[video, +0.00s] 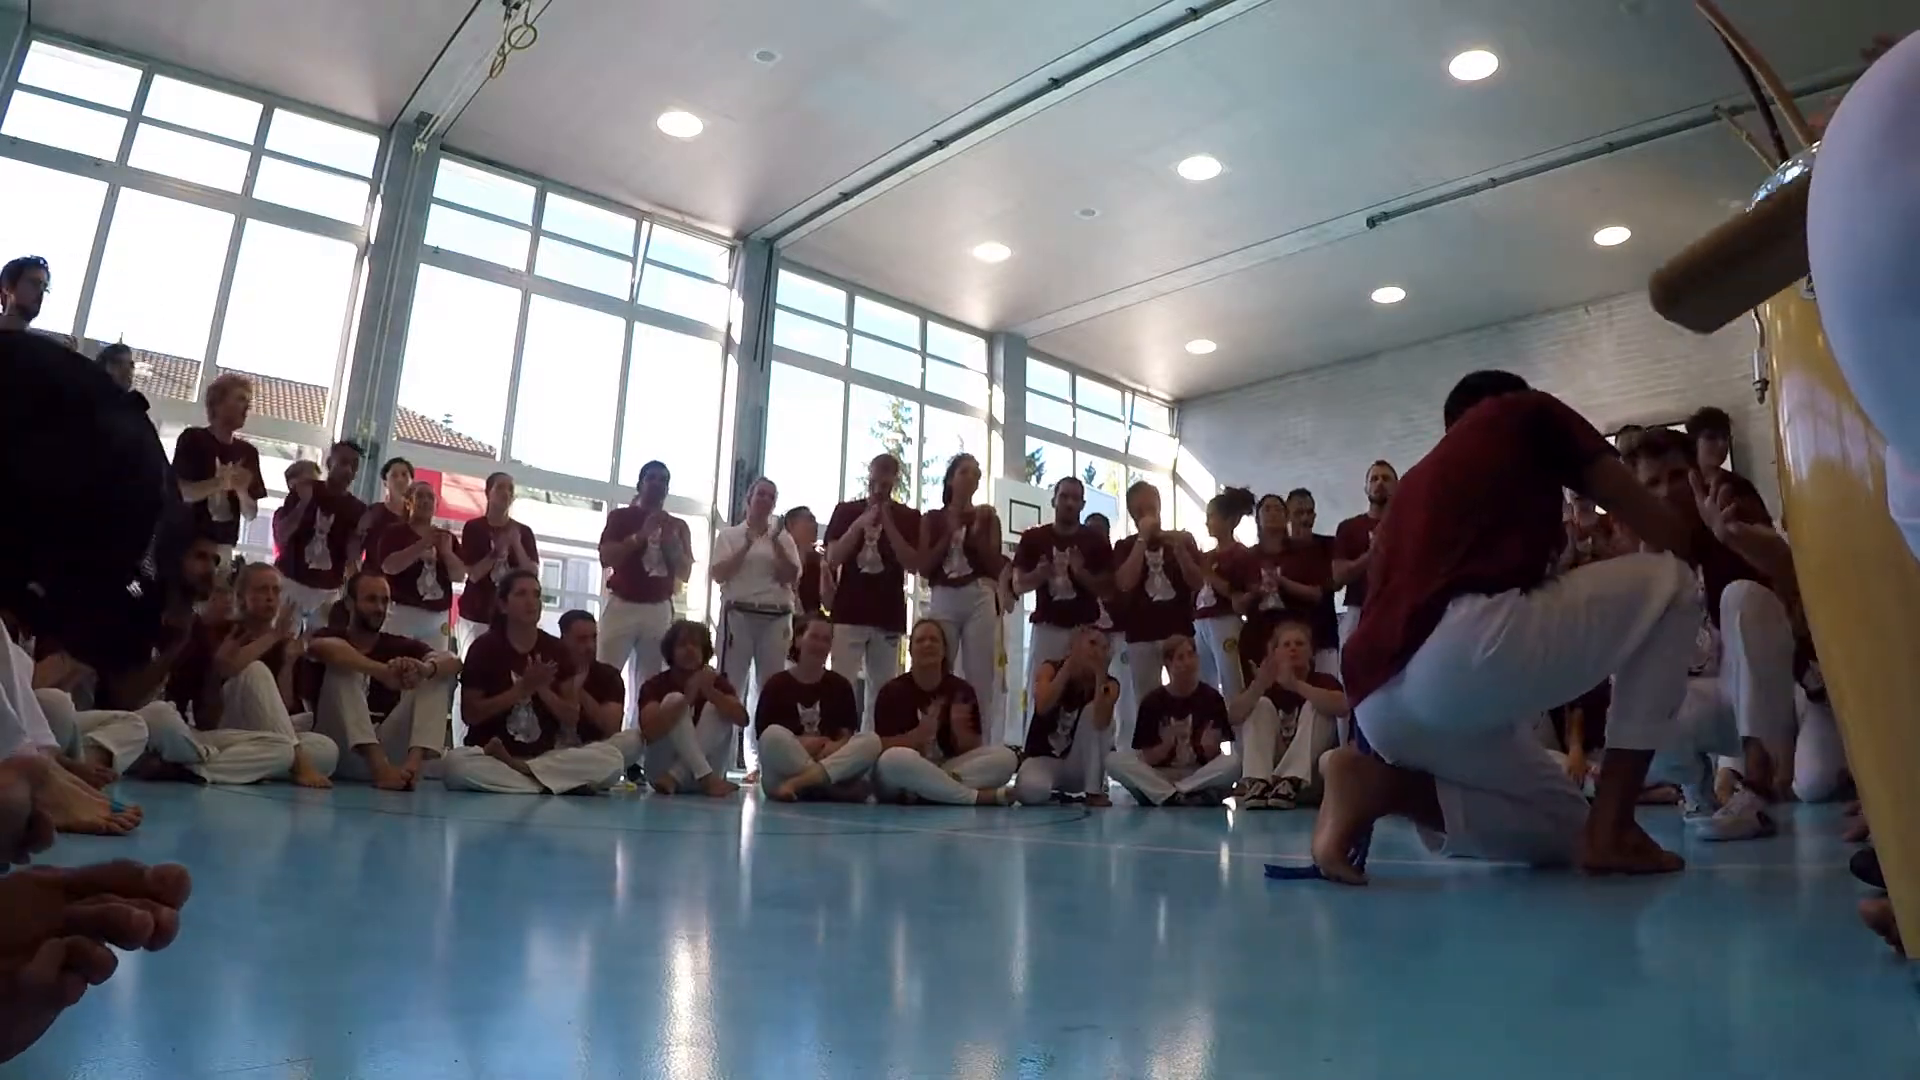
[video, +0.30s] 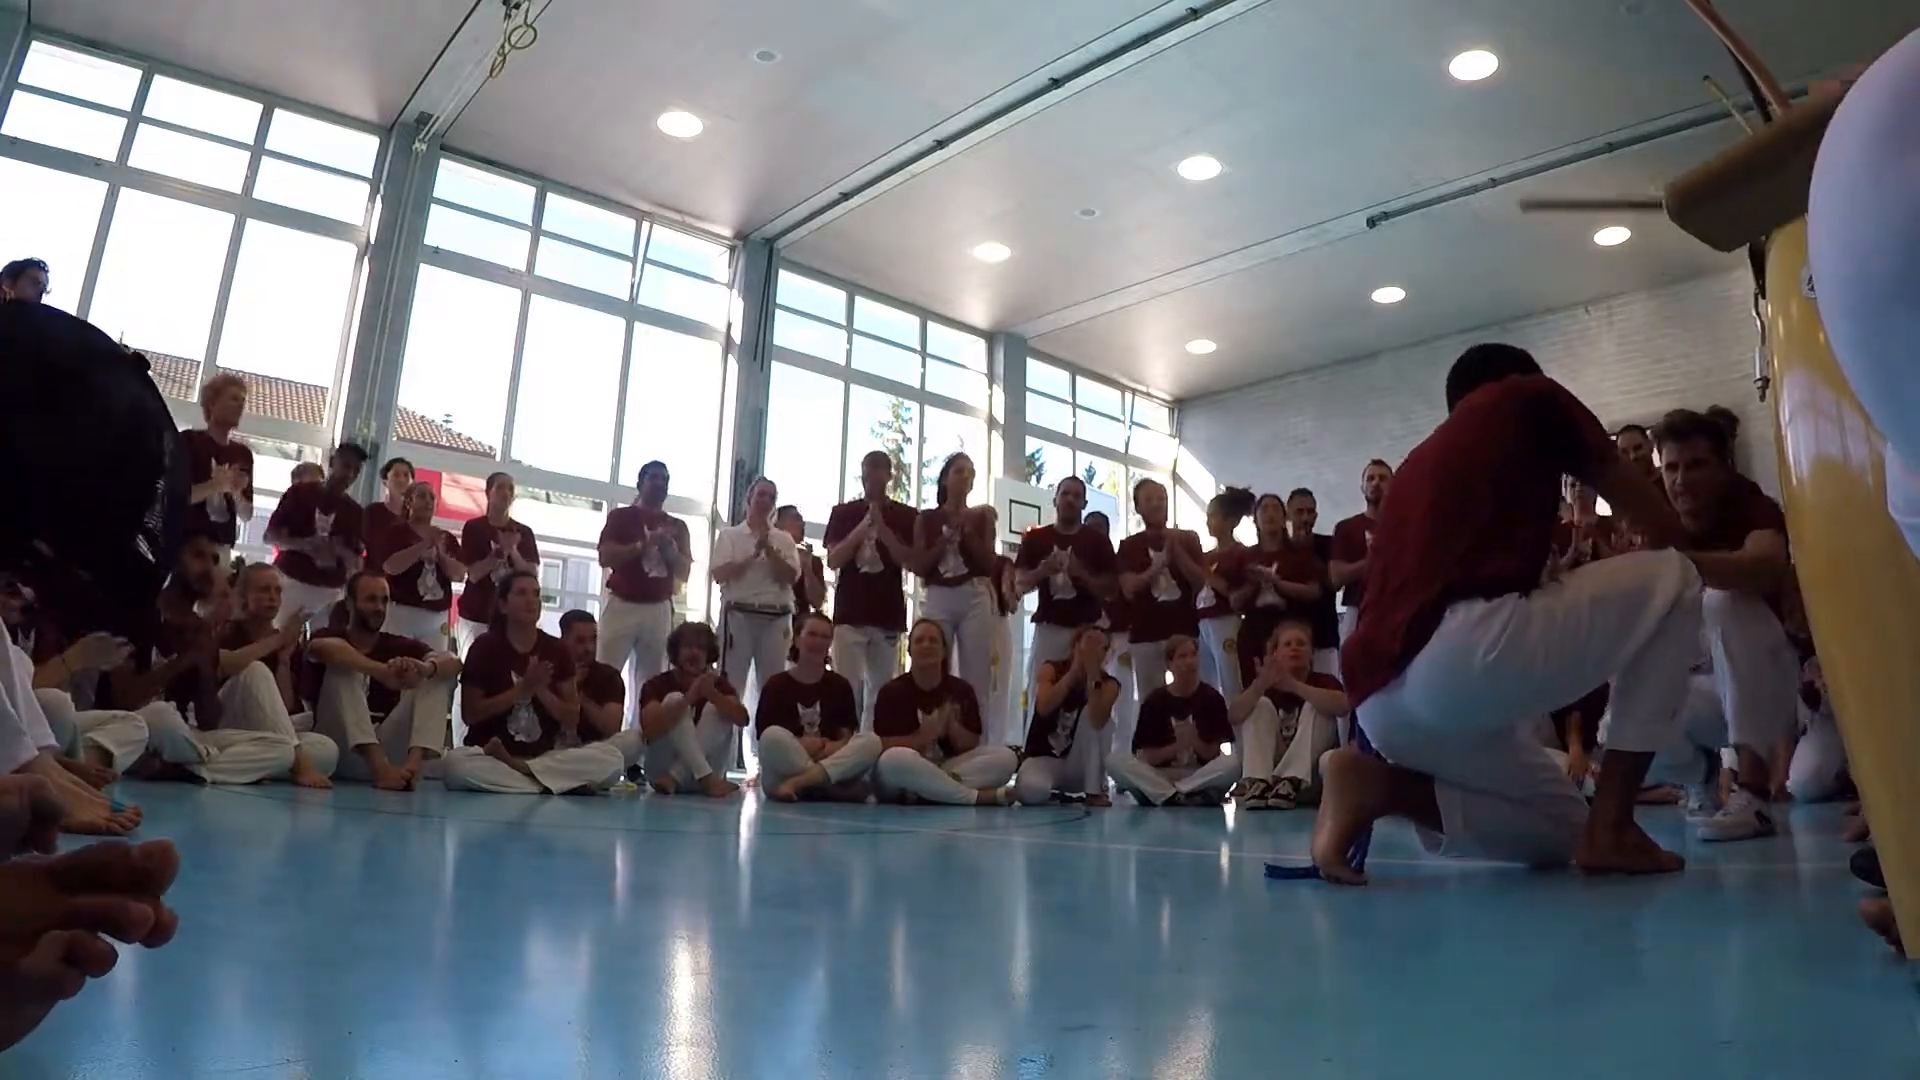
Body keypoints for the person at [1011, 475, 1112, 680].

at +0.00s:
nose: (1070, 503)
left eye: (1076, 498)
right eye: (1064, 497)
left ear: (1083, 505)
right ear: (1054, 501)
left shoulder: (1096, 539)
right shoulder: (1033, 538)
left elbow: (1107, 588)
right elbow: (1018, 585)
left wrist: (1080, 572)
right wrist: (1040, 575)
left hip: (1086, 631)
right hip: (1047, 629)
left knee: (1083, 701)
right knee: (1040, 700)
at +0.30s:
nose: (1070, 500)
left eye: (1076, 496)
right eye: (1065, 494)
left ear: (1084, 504)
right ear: (1055, 500)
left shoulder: (1098, 540)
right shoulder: (1035, 538)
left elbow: (1110, 589)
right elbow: (1020, 584)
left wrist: (1081, 574)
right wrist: (1043, 571)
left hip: (1088, 629)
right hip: (1049, 629)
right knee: (1039, 698)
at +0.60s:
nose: (1069, 498)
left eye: (1075, 494)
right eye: (1063, 492)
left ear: (1083, 503)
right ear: (1054, 499)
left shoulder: (1097, 539)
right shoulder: (1034, 537)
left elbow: (1109, 588)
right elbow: (1021, 585)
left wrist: (1070, 572)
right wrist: (1051, 567)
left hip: (1085, 630)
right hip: (1046, 628)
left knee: (1081, 700)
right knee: (1039, 698)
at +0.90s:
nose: (1065, 498)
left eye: (1072, 494)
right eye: (1061, 492)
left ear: (1079, 500)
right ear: (1051, 497)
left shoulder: (1095, 540)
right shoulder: (1030, 537)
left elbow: (1104, 590)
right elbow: (1014, 587)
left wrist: (1079, 568)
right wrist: (1031, 572)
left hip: (1083, 631)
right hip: (1043, 629)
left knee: (1080, 702)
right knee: (1037, 698)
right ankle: (1035, 761)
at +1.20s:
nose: (1057, 497)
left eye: (1064, 493)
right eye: (1052, 492)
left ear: (1072, 499)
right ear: (1043, 497)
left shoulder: (1087, 539)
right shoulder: (1023, 538)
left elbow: (1100, 589)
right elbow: (1010, 585)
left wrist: (1071, 568)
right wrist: (1032, 570)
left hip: (1078, 630)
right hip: (1039, 628)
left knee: (1077, 700)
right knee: (1035, 698)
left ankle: (1074, 765)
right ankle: (1033, 762)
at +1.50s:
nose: (1050, 499)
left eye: (1055, 495)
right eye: (1044, 493)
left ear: (1059, 500)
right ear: (1032, 498)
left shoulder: (1075, 540)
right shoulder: (1013, 539)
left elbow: (1089, 588)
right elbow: (1004, 586)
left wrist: (1063, 570)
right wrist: (1033, 572)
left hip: (1068, 629)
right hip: (1029, 628)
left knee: (1069, 700)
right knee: (1029, 701)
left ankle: (1067, 764)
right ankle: (1028, 763)